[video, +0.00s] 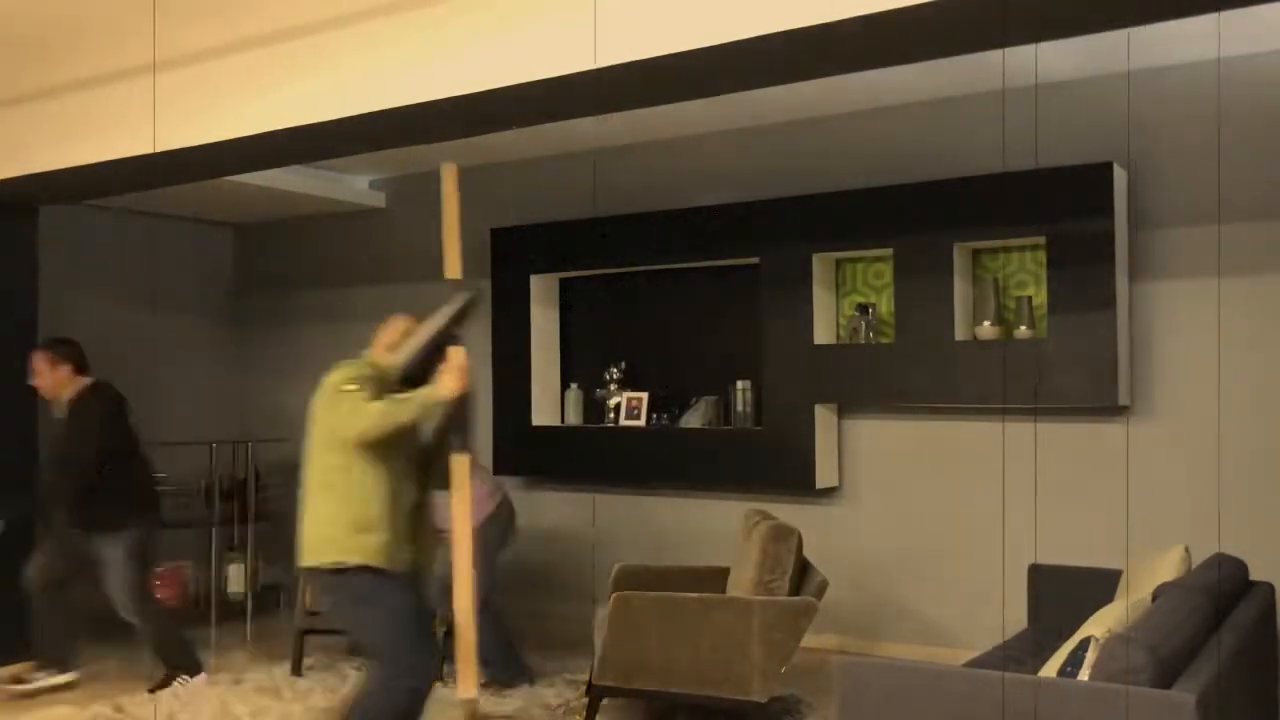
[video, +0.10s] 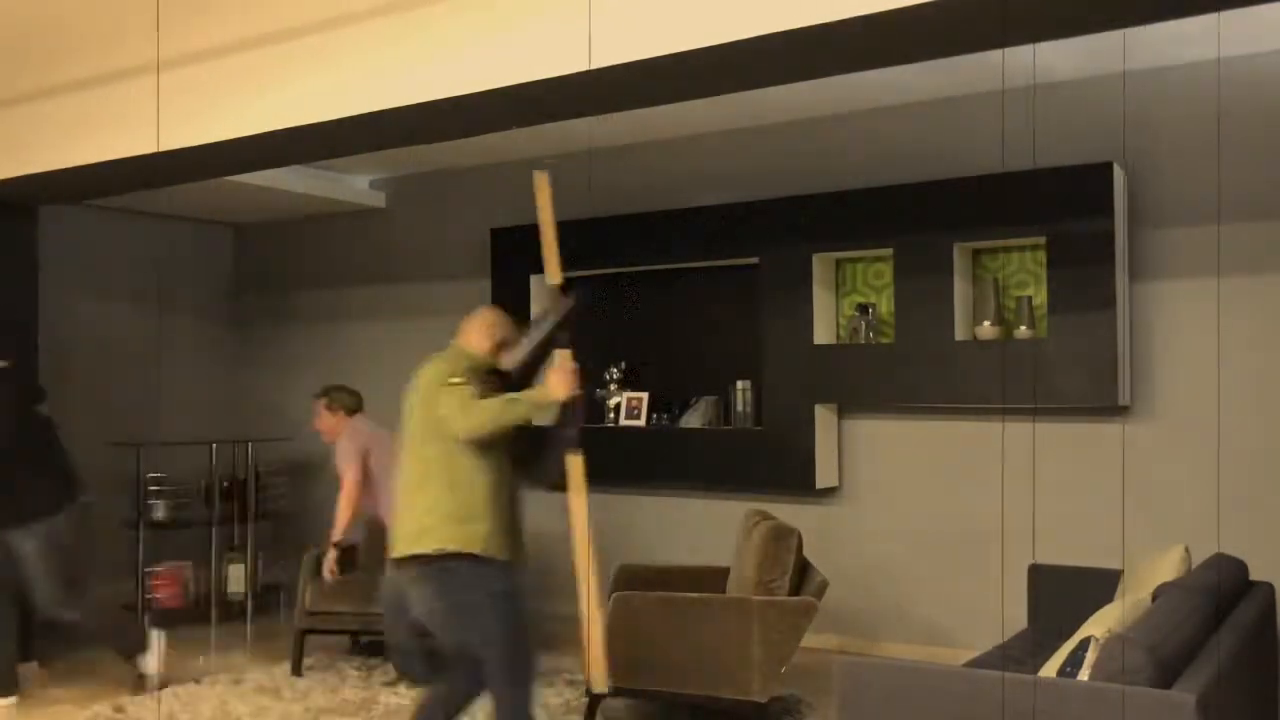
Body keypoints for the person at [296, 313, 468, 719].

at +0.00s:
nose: (415, 354)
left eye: (420, 346)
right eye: (410, 342)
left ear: (417, 351)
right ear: (388, 340)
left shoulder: (393, 398)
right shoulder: (347, 381)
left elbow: (422, 468)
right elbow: (360, 423)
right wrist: (438, 393)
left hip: (386, 565)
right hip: (349, 565)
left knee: (416, 664)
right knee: (407, 666)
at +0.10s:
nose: (316, 426)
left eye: (319, 415)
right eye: (316, 416)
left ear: (336, 412)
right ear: (349, 411)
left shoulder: (350, 435)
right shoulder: (375, 432)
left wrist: (335, 541)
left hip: (398, 529)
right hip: (415, 524)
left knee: (392, 596)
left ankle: (412, 668)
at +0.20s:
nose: (260, 416)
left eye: (265, 406)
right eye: (261, 407)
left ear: (284, 405)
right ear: (288, 405)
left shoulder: (298, 428)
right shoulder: (311, 428)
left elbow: (324, 458)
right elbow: (321, 498)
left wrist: (330, 509)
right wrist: (286, 531)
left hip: (361, 527)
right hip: (376, 522)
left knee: (309, 590)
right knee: (371, 607)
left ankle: (356, 666)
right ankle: (420, 668)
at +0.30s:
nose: (204, 404)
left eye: (209, 395)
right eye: (204, 396)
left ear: (227, 395)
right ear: (232, 396)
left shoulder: (242, 422)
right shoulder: (253, 417)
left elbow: (271, 467)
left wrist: (263, 522)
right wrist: (254, 528)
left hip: (294, 524)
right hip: (307, 521)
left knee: (263, 599)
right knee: (309, 601)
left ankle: (275, 680)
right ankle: (379, 644)